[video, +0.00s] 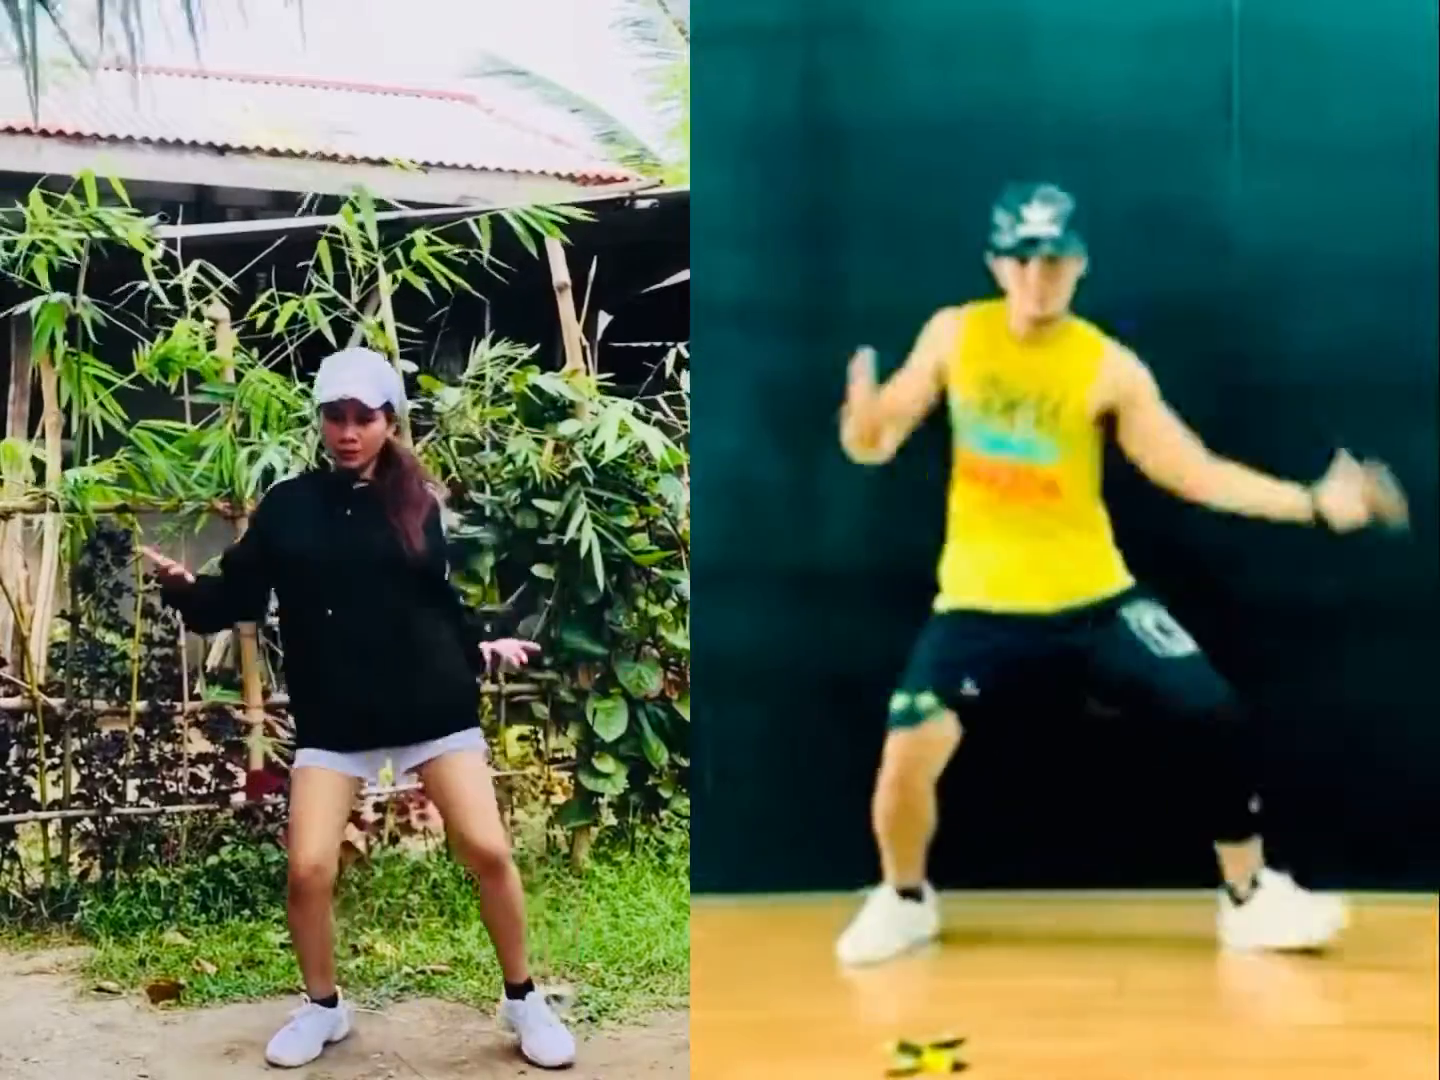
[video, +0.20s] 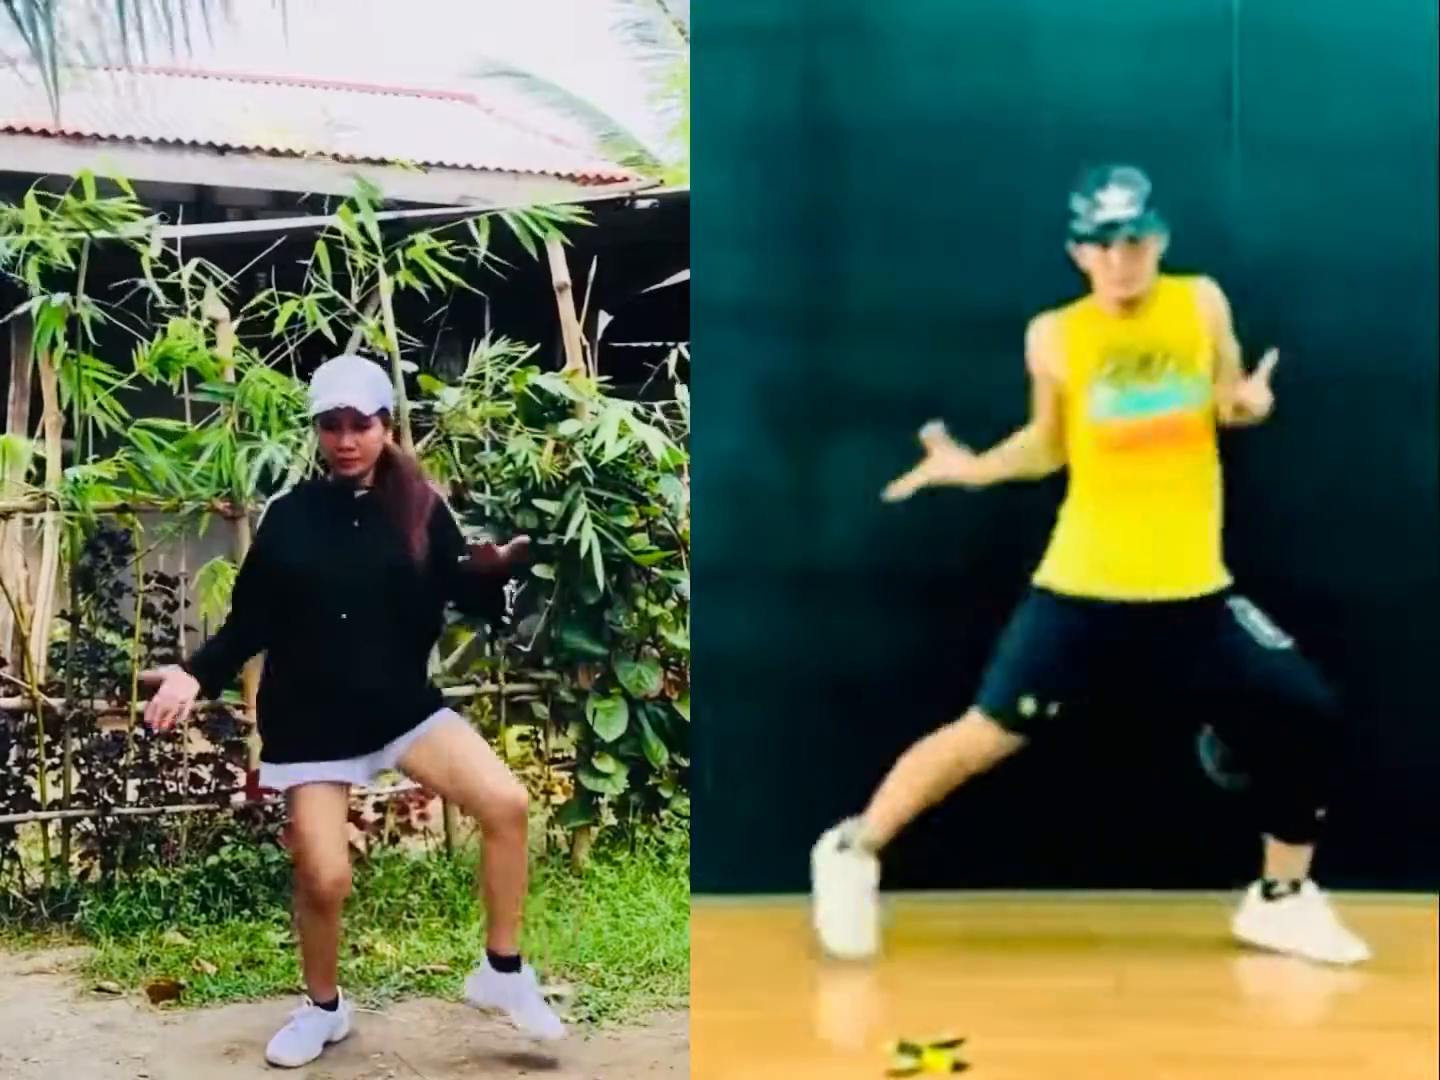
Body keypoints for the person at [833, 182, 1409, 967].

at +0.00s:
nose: (1038, 282)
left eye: (1054, 263)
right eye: (1022, 263)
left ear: (1077, 268)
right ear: (995, 265)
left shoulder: (1109, 370)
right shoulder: (953, 336)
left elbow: (1192, 471)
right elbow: (876, 441)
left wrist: (1313, 501)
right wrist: (861, 417)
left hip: (1093, 595)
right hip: (976, 600)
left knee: (1213, 715)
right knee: (907, 754)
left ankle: (1248, 895)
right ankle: (903, 900)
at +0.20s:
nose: (1121, 262)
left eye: (1135, 242)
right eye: (1104, 245)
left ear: (1160, 243)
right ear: (1079, 254)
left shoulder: (1203, 303)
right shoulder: (1055, 337)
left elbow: (1227, 395)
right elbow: (1047, 446)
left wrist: (1248, 400)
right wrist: (969, 468)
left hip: (1194, 588)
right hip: (1082, 589)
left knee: (1303, 710)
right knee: (990, 732)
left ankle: (1282, 894)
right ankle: (853, 850)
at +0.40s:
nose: (1178, 265)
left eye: (1192, 247)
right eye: (1161, 249)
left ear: (1214, 252)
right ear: (1132, 258)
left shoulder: (1254, 350)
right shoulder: (1097, 333)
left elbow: (1349, 445)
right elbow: (1026, 441)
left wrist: (1436, 447)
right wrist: (1023, 383)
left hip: (1239, 573)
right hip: (1142, 556)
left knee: (1273, 742)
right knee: (1048, 552)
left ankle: (1304, 891)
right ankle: (1099, 717)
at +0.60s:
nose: (1196, 250)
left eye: (1206, 232)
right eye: (1177, 236)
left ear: (1226, 232)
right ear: (1145, 247)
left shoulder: (1264, 297)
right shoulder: (1113, 331)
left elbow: (1292, 384)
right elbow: (1084, 447)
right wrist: (1006, 425)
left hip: (1249, 552)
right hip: (1141, 537)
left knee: (1317, 719)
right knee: (998, 646)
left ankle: (1305, 892)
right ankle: (963, 763)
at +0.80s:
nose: (1192, 289)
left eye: (1195, 274)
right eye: (1175, 274)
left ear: (1200, 280)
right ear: (1126, 281)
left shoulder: (1215, 371)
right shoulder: (1057, 350)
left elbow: (1293, 471)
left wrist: (1412, 469)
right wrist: (1017, 423)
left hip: (1215, 605)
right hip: (1101, 610)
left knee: (1315, 731)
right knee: (1030, 775)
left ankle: (1313, 884)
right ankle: (952, 891)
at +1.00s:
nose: (1152, 309)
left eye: (1152, 294)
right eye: (1136, 295)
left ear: (1147, 298)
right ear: (1086, 303)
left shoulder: (1166, 352)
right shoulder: (1016, 378)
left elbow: (1206, 436)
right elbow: (936, 485)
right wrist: (889, 476)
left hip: (1157, 605)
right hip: (1050, 611)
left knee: (1237, 760)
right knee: (978, 803)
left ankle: (1301, 893)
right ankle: (949, 896)